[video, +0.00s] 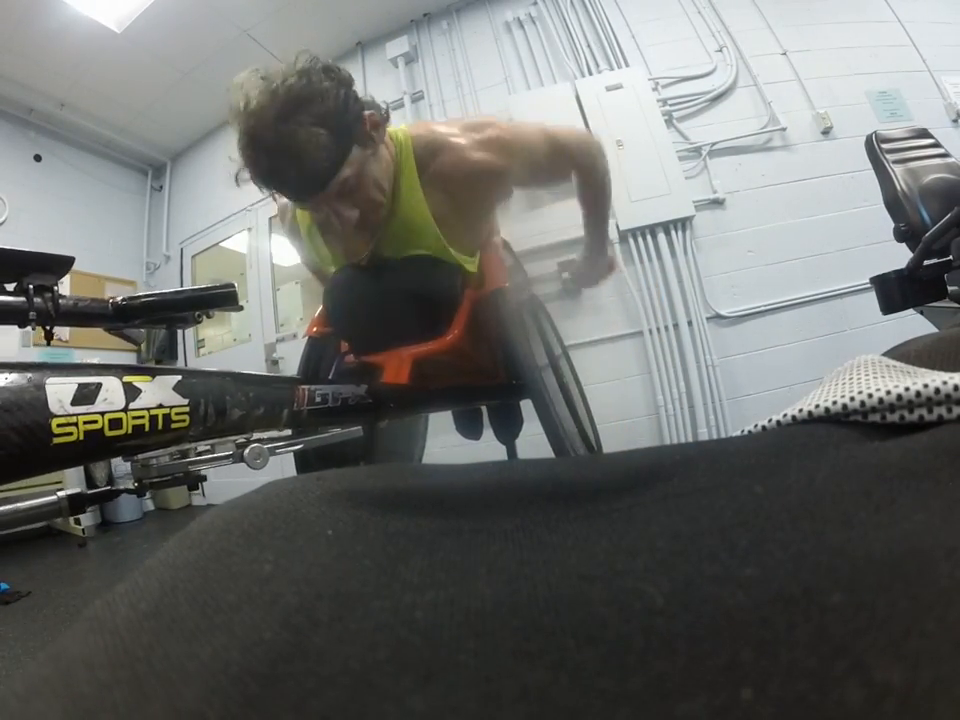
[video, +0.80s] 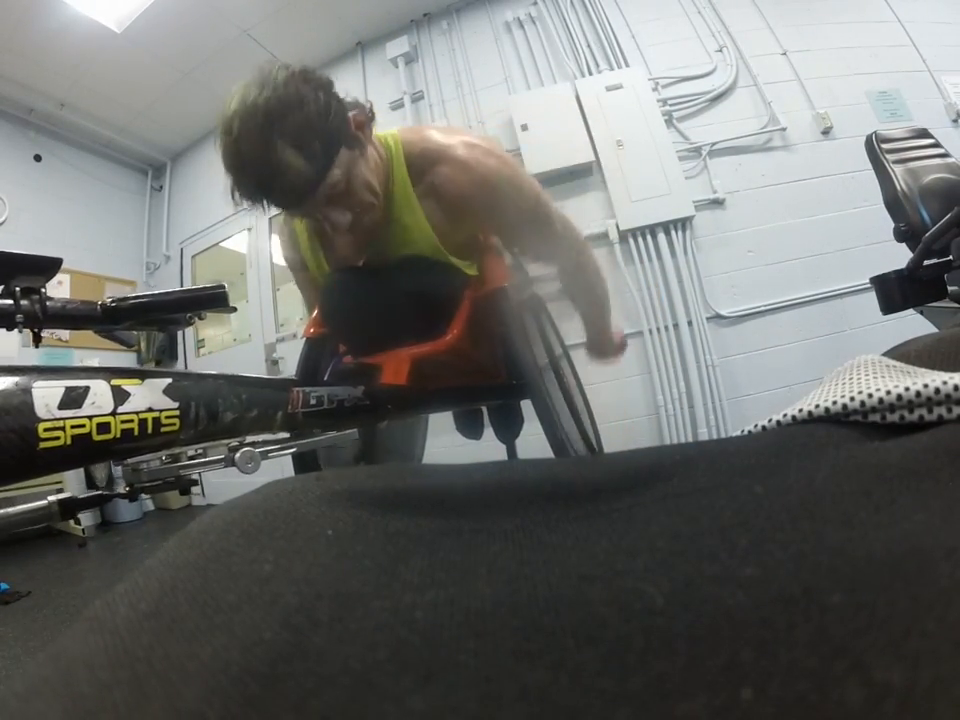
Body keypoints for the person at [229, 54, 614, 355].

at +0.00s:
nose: (342, 220)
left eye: (347, 190)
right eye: (316, 208)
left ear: (374, 131)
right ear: (291, 201)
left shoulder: (461, 161)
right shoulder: (297, 220)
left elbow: (586, 154)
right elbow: (330, 281)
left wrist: (597, 254)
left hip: (467, 287)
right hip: (375, 302)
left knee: (352, 300)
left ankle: (486, 381)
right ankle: (462, 389)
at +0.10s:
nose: (369, 252)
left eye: (371, 228)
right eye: (345, 249)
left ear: (387, 161)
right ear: (302, 240)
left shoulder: (464, 156)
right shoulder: (296, 209)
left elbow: (597, 150)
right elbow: (290, 260)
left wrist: (575, 272)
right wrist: (324, 321)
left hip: (465, 275)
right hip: (365, 297)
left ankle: (485, 391)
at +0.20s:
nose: (371, 277)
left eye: (374, 251)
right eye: (347, 279)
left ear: (385, 186)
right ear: (292, 257)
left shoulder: (469, 175)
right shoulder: (304, 240)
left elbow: (586, 264)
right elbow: (319, 336)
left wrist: (594, 402)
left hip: (483, 298)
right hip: (388, 335)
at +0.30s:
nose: (355, 256)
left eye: (356, 229)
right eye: (327, 250)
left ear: (367, 162)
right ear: (289, 249)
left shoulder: (458, 177)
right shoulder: (292, 250)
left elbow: (567, 269)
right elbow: (336, 330)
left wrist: (601, 356)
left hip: (494, 296)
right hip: (398, 319)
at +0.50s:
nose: (348, 241)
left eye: (356, 210)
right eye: (322, 227)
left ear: (376, 145)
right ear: (292, 220)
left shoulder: (464, 159)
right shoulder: (303, 218)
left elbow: (583, 137)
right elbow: (338, 293)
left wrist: (589, 244)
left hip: (471, 286)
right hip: (381, 304)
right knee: (349, 298)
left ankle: (489, 381)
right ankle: (454, 387)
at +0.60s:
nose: (375, 265)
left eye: (376, 238)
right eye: (351, 264)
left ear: (387, 173)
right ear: (307, 250)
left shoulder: (464, 163)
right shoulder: (307, 234)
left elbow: (604, 176)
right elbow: (284, 275)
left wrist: (579, 299)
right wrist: (321, 334)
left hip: (471, 306)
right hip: (376, 330)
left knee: (415, 287)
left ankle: (483, 385)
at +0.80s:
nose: (337, 223)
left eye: (340, 192)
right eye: (311, 214)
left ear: (360, 133)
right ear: (284, 207)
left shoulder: (458, 171)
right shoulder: (296, 233)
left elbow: (567, 250)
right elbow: (329, 324)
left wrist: (601, 337)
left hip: (484, 321)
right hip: (388, 349)